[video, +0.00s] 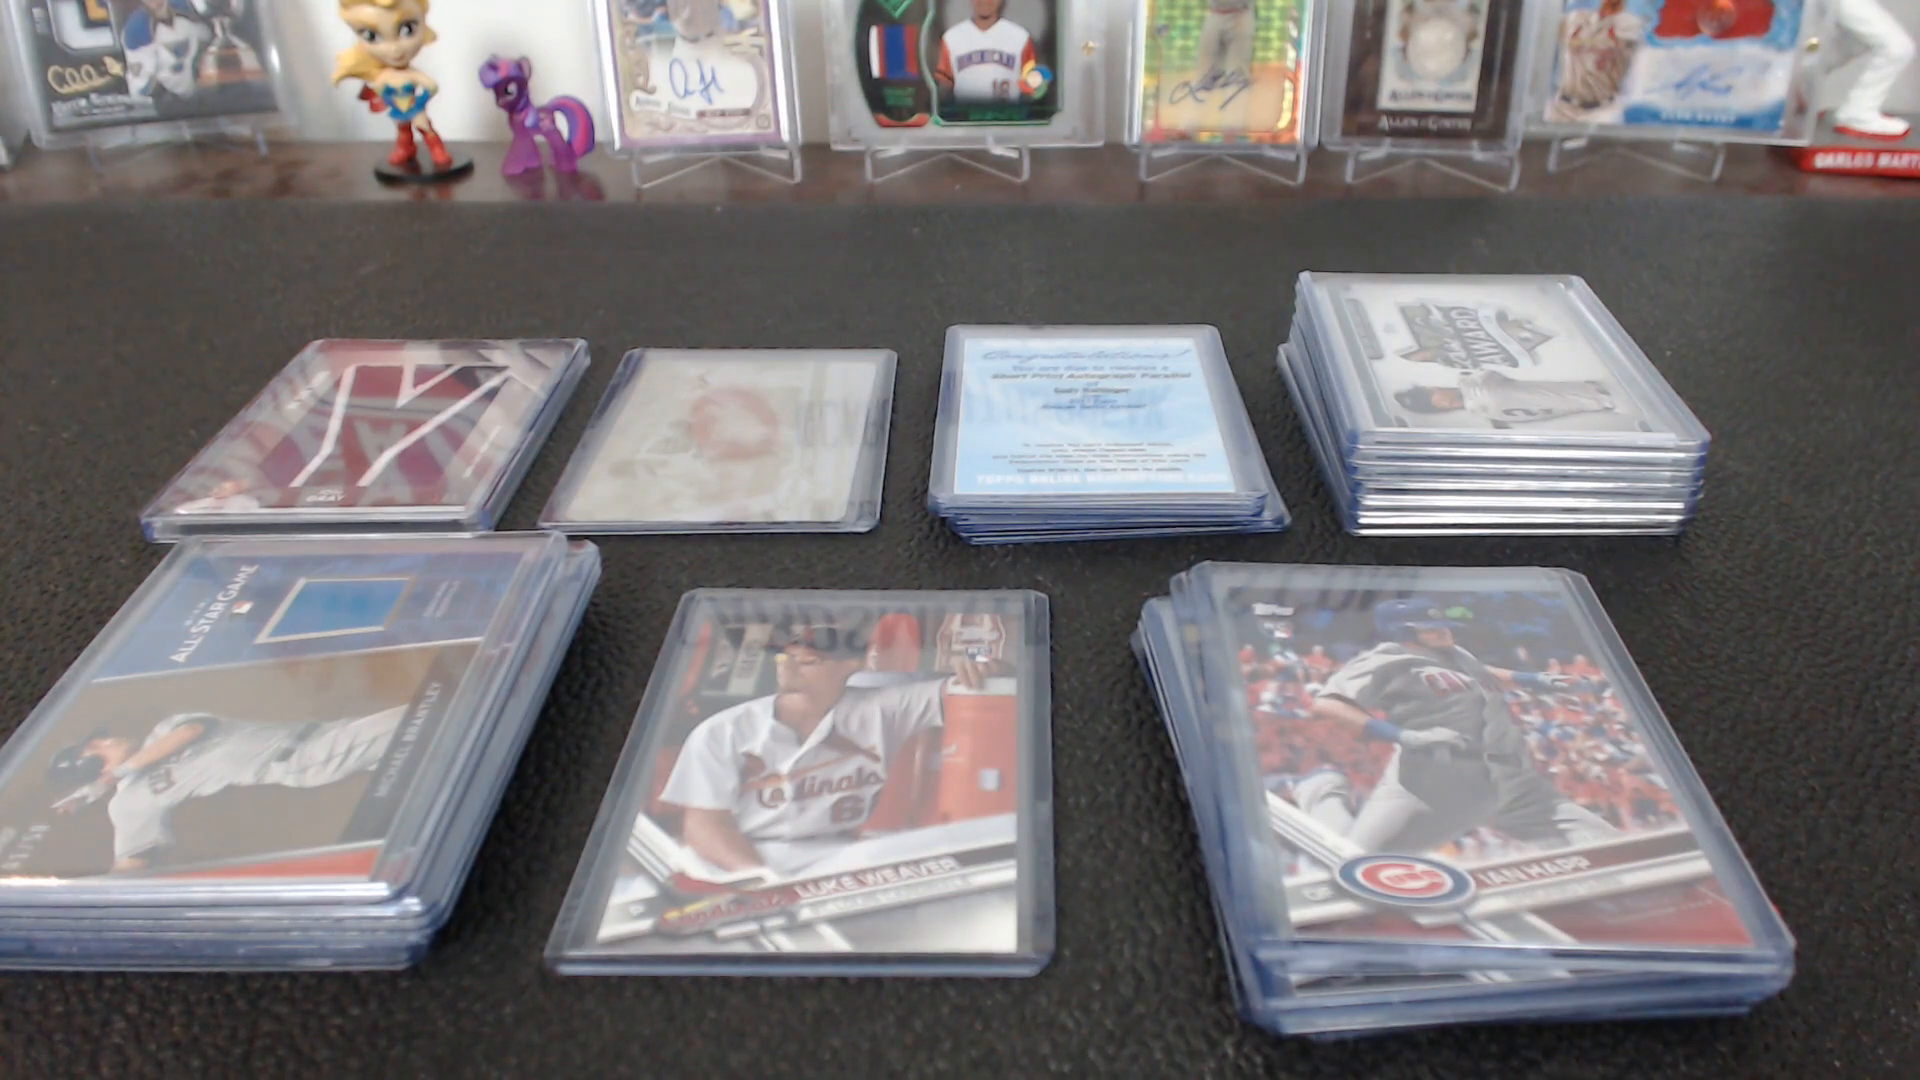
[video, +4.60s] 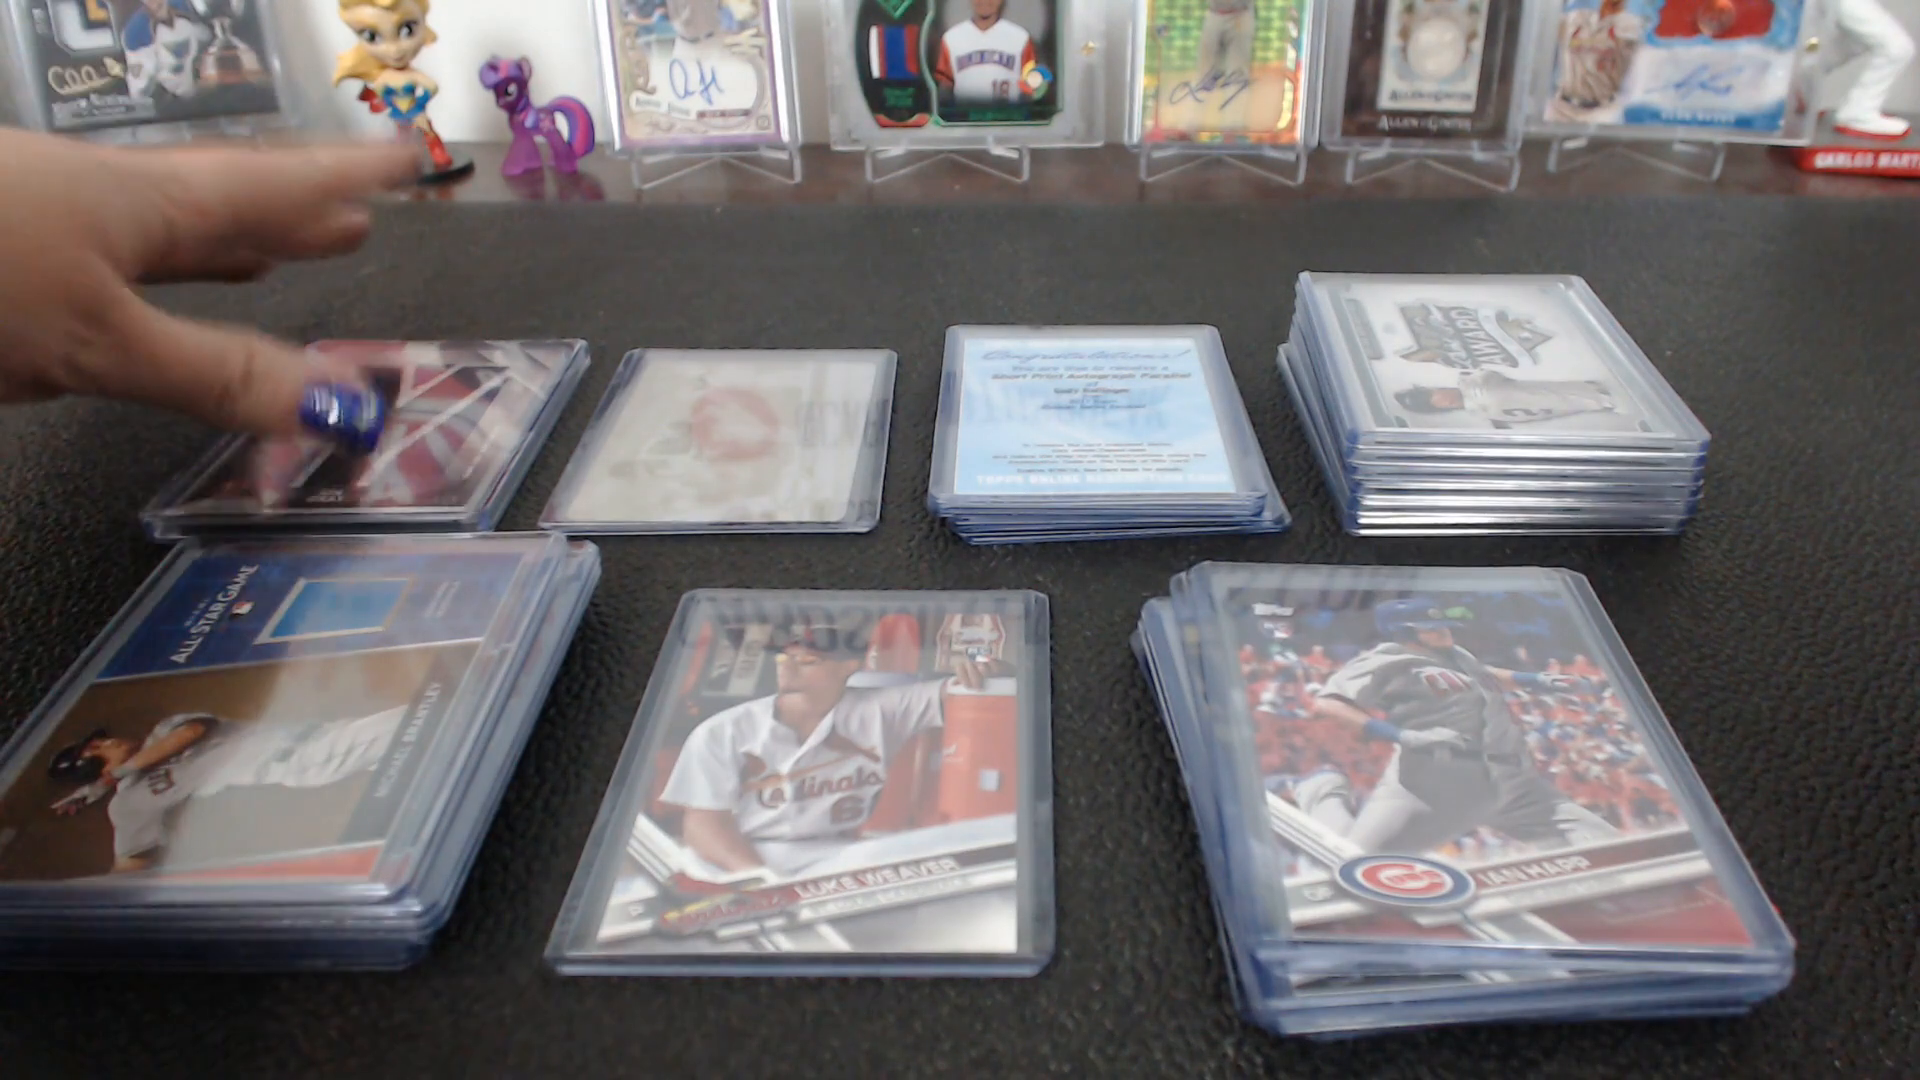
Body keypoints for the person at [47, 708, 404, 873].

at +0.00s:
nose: (108, 740)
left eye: (98, 739)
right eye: (99, 747)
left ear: (106, 741)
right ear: (100, 769)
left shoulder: (160, 727)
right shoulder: (131, 799)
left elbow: (193, 731)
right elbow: (129, 870)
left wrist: (118, 773)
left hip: (310, 731)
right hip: (298, 760)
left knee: (415, 721)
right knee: (413, 717)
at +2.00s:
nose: (111, 741)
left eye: (101, 740)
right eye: (101, 747)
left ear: (108, 741)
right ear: (100, 771)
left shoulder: (161, 728)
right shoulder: (131, 798)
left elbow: (193, 732)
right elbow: (129, 870)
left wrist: (117, 775)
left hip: (312, 733)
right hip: (299, 760)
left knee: (416, 721)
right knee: (414, 717)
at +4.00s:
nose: (112, 741)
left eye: (101, 741)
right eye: (102, 747)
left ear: (107, 742)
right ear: (101, 769)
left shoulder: (162, 728)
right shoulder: (131, 798)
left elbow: (193, 732)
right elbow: (130, 869)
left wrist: (114, 777)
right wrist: (89, 902)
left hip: (314, 732)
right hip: (301, 760)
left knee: (419, 719)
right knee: (417, 717)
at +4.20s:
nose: (109, 751)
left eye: (98, 747)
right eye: (99, 760)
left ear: (108, 736)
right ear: (100, 776)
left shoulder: (160, 727)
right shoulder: (131, 801)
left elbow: (191, 733)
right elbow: (128, 872)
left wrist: (117, 775)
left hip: (305, 735)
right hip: (291, 768)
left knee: (412, 719)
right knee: (408, 721)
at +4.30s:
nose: (104, 771)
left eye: (98, 758)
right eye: (94, 774)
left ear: (112, 741)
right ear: (96, 786)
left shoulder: (161, 731)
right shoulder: (130, 802)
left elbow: (193, 732)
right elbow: (130, 871)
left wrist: (124, 770)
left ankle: (418, 715)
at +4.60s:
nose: (115, 741)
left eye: (106, 739)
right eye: (104, 744)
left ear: (109, 742)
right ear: (100, 764)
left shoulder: (163, 727)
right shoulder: (129, 802)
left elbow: (196, 731)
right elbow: (129, 872)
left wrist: (115, 777)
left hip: (294, 736)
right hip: (277, 774)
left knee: (407, 721)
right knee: (399, 726)